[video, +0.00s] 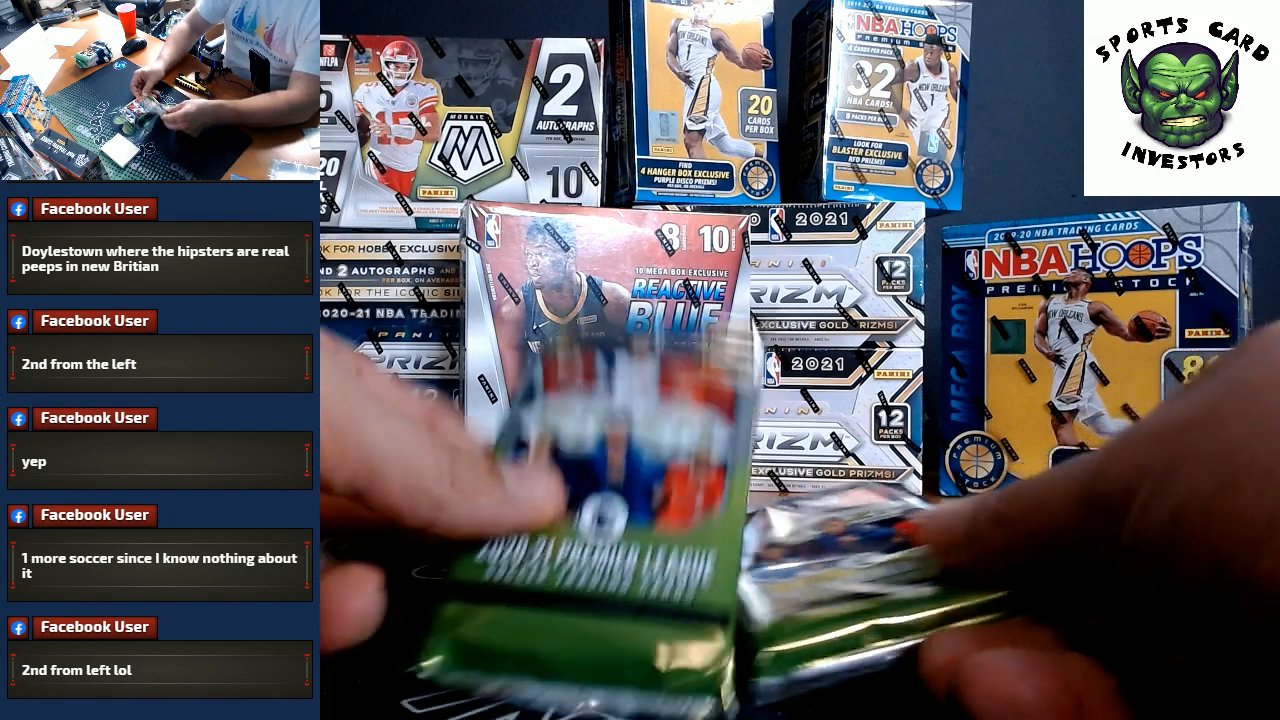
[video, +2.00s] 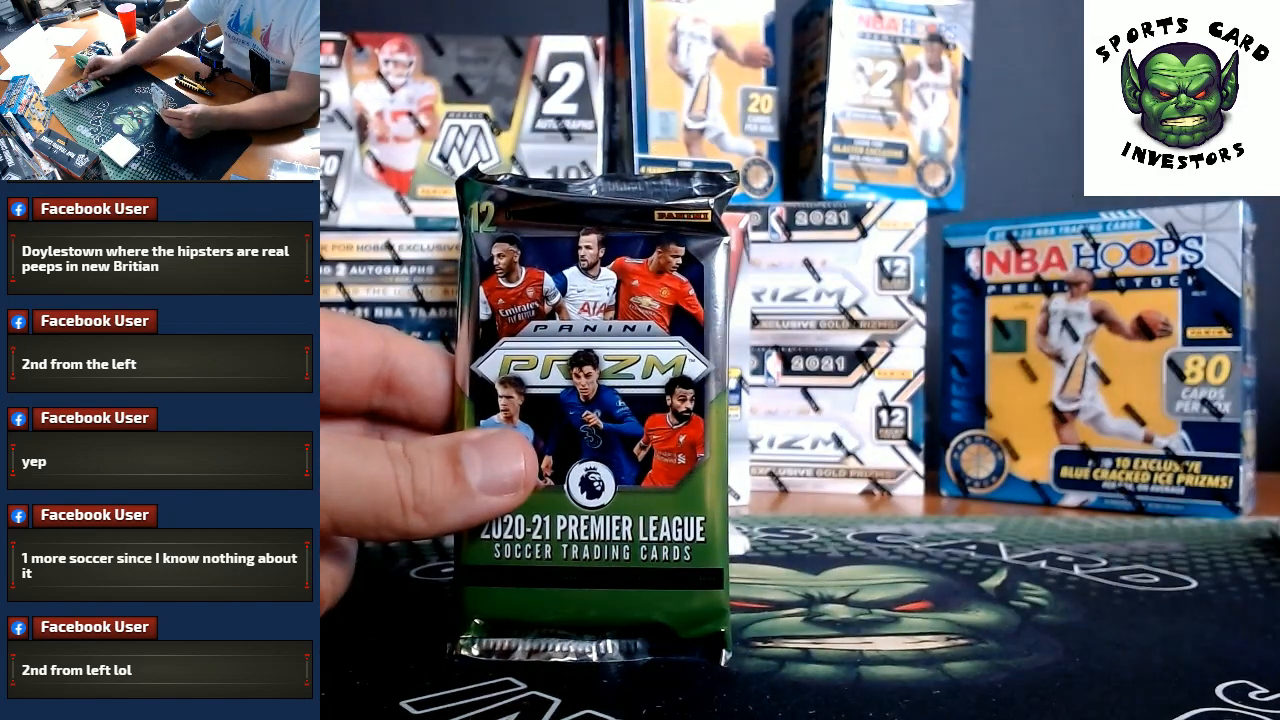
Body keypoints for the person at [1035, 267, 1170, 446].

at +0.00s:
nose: (1068, 273)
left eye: (1074, 271)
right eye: (1069, 271)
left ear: (1086, 281)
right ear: (1067, 279)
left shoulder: (1095, 308)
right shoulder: (1049, 304)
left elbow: (1126, 333)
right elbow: (1038, 335)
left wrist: (1157, 330)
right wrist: (1046, 351)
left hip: (1079, 364)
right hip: (1063, 367)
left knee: (1060, 422)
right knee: (1102, 425)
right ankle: (1148, 434)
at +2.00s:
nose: (1072, 288)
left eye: (1077, 284)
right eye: (1071, 283)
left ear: (1087, 286)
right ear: (1067, 284)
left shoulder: (1095, 308)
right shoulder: (1053, 304)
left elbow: (1125, 331)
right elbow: (1039, 335)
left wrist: (1155, 330)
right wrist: (1047, 350)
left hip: (1081, 365)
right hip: (1063, 366)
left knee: (1062, 417)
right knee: (1103, 424)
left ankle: (1077, 473)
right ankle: (1165, 442)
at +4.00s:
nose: (1072, 287)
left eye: (1077, 284)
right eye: (1071, 283)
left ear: (1087, 285)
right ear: (1067, 283)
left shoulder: (1095, 308)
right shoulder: (1053, 304)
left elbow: (1126, 331)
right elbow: (1039, 334)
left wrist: (1156, 330)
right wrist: (1047, 350)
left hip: (1081, 365)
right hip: (1064, 367)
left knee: (1062, 418)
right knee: (1103, 424)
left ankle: (1078, 473)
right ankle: (1165, 442)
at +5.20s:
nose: (1074, 288)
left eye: (1078, 284)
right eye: (1071, 284)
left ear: (1088, 285)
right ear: (1067, 284)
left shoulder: (1095, 308)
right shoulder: (1052, 304)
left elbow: (1126, 331)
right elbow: (1039, 334)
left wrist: (1156, 330)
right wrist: (1047, 349)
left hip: (1081, 365)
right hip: (1064, 367)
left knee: (1062, 419)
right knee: (1104, 424)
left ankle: (1078, 475)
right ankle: (1166, 442)